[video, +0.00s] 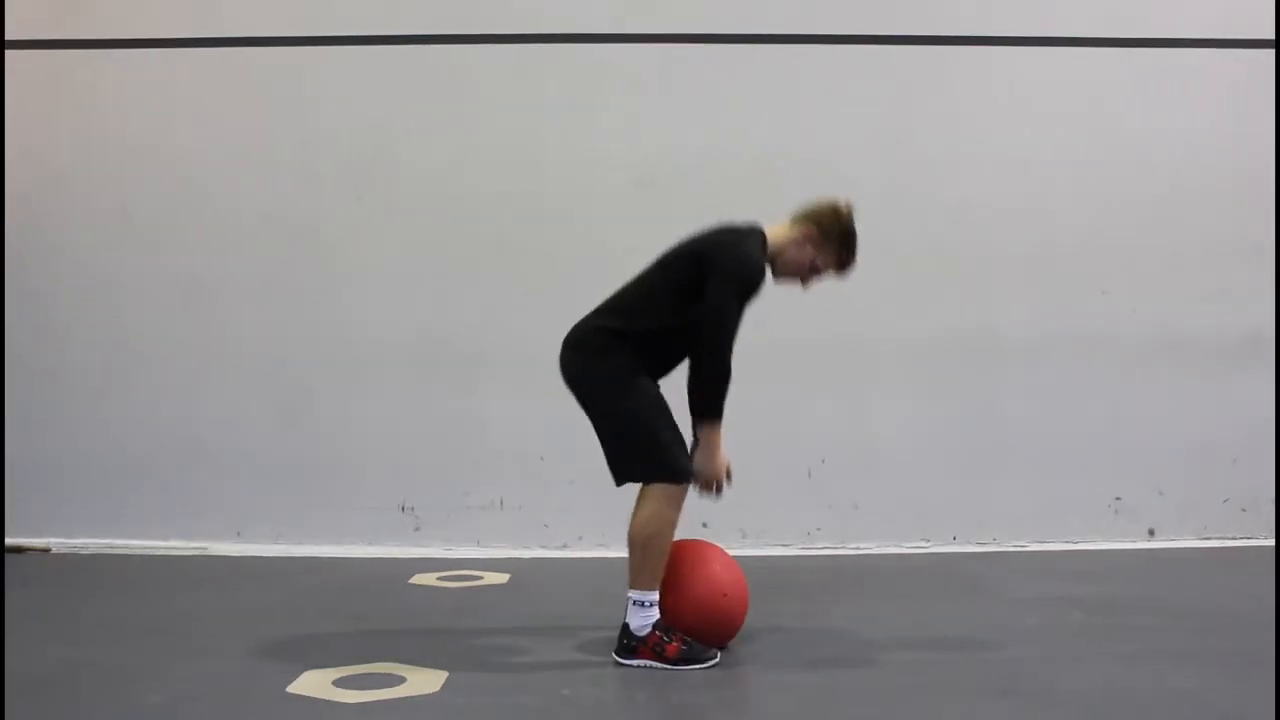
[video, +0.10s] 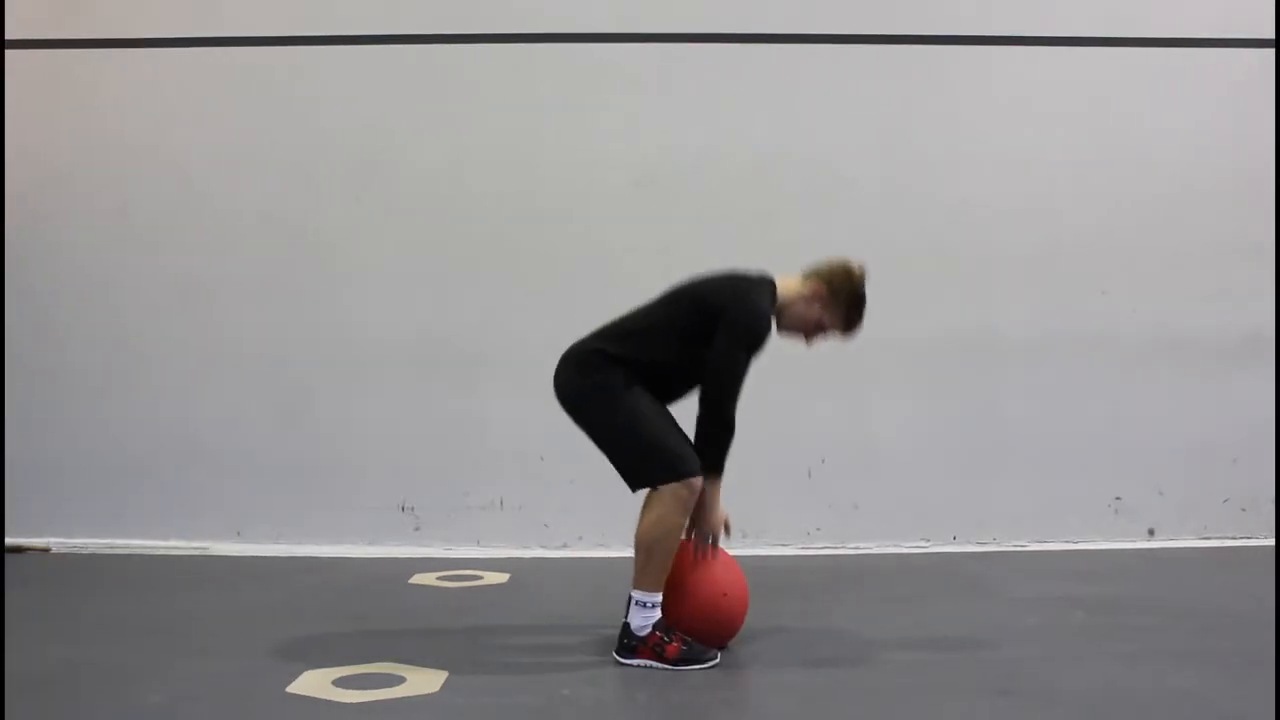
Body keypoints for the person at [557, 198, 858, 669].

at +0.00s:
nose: (807, 280)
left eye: (818, 275)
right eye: (815, 267)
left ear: (801, 237)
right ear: (804, 237)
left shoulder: (743, 255)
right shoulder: (740, 258)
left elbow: (709, 357)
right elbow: (712, 355)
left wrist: (707, 442)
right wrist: (709, 442)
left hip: (615, 358)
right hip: (603, 356)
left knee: (671, 476)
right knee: (667, 477)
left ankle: (646, 620)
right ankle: (640, 629)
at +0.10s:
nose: (813, 338)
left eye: (824, 333)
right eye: (821, 326)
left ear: (813, 293)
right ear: (812, 293)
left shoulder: (753, 303)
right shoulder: (749, 309)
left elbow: (717, 406)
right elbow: (717, 406)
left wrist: (708, 497)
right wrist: (710, 496)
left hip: (613, 377)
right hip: (596, 376)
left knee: (682, 479)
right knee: (679, 481)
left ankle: (649, 616)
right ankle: (640, 629)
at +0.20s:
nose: (813, 370)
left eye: (823, 367)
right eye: (822, 361)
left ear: (816, 327)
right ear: (817, 331)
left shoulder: (755, 335)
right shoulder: (752, 342)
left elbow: (721, 438)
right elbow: (720, 441)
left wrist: (708, 530)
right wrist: (708, 533)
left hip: (610, 392)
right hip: (594, 393)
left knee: (685, 482)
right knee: (690, 484)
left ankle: (645, 617)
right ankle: (640, 633)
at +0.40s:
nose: (811, 442)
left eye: (823, 439)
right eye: (822, 433)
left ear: (821, 397)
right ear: (820, 401)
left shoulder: (760, 395)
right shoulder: (756, 405)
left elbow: (718, 493)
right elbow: (724, 498)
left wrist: (704, 582)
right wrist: (707, 590)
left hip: (598, 421)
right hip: (592, 424)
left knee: (696, 490)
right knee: (700, 490)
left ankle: (643, 613)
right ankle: (641, 634)